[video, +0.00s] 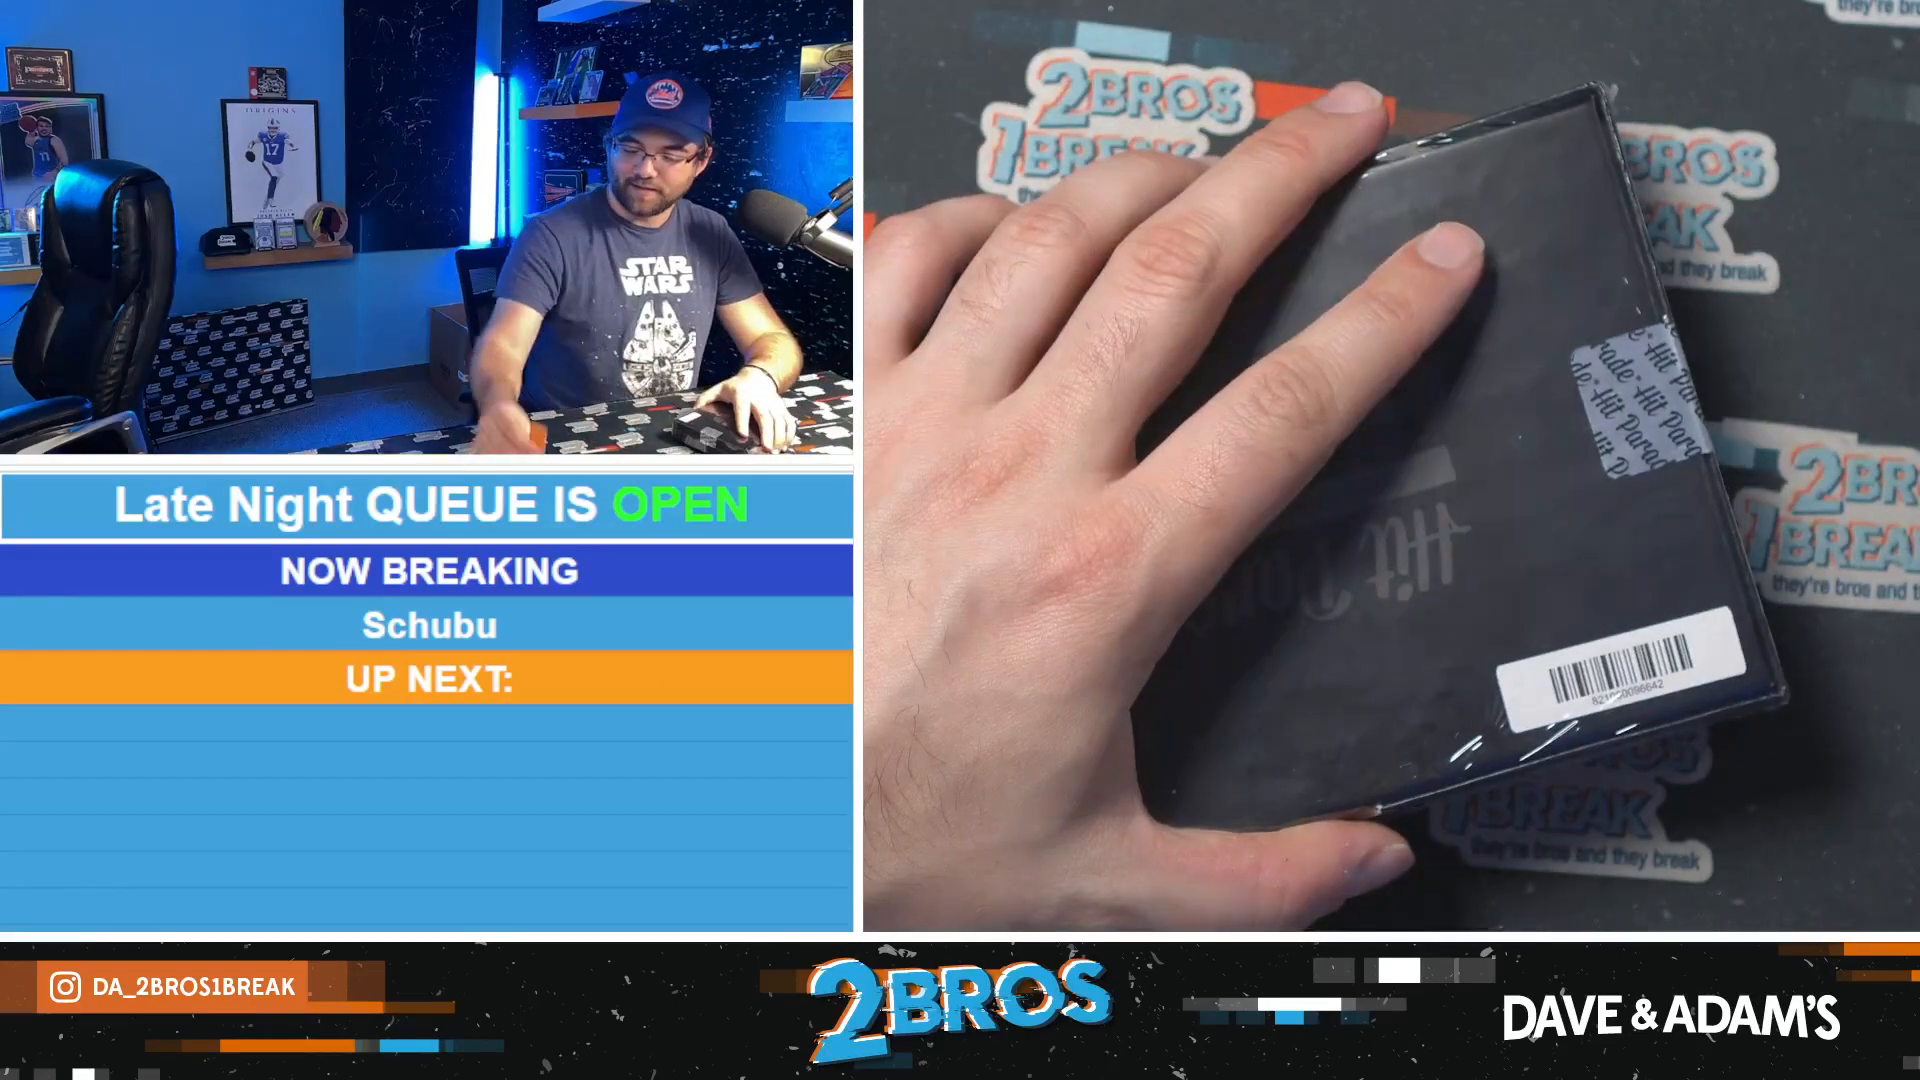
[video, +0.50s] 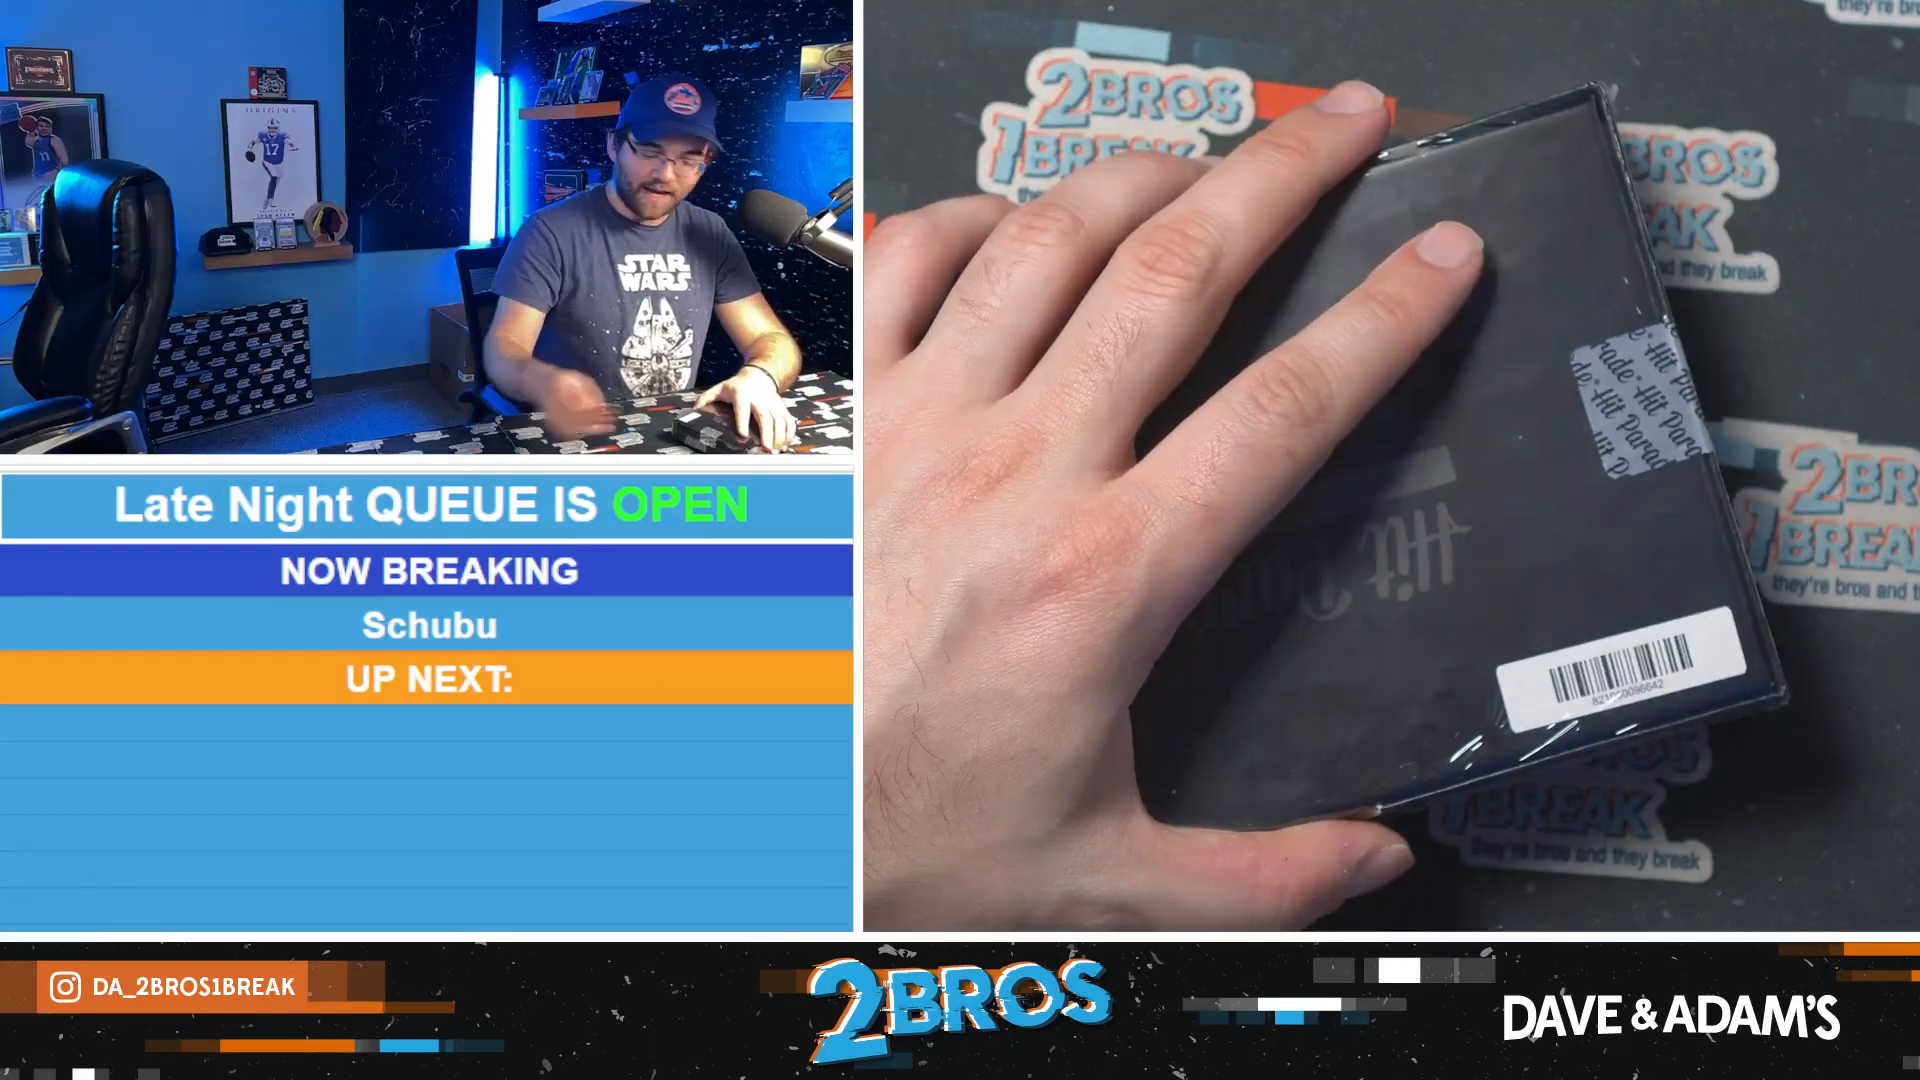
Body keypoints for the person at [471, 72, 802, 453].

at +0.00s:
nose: (645, 170)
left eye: (670, 155)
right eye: (631, 149)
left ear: (701, 161)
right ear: (610, 148)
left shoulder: (709, 236)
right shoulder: (550, 238)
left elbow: (772, 341)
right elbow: (499, 348)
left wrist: (760, 376)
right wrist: (496, 408)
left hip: (677, 455)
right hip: (568, 457)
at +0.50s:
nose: (665, 176)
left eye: (687, 161)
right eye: (650, 153)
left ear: (703, 167)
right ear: (614, 145)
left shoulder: (708, 235)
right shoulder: (550, 235)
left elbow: (771, 341)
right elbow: (501, 351)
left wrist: (759, 376)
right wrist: (548, 386)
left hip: (678, 457)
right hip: (575, 463)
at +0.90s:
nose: (685, 184)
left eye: (704, 170)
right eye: (670, 162)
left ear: (715, 171)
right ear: (624, 147)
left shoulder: (707, 234)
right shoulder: (556, 229)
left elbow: (771, 341)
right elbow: (528, 352)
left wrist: (756, 374)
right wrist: (641, 367)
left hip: (679, 449)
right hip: (573, 451)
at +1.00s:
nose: (688, 186)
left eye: (707, 171)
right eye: (673, 162)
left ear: (718, 172)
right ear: (628, 146)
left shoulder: (707, 234)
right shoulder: (557, 229)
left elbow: (772, 341)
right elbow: (528, 352)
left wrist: (756, 375)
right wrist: (643, 369)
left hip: (679, 451)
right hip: (573, 451)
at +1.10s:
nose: (688, 186)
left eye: (707, 171)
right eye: (673, 162)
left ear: (718, 173)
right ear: (629, 146)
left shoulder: (707, 234)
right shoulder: (557, 229)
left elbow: (772, 342)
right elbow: (529, 352)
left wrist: (756, 374)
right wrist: (645, 370)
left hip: (679, 452)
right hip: (573, 453)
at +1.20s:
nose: (689, 186)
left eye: (708, 172)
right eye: (674, 163)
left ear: (719, 173)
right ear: (629, 147)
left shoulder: (707, 234)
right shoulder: (557, 228)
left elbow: (772, 341)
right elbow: (529, 350)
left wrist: (755, 374)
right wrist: (646, 368)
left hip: (679, 450)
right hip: (573, 451)